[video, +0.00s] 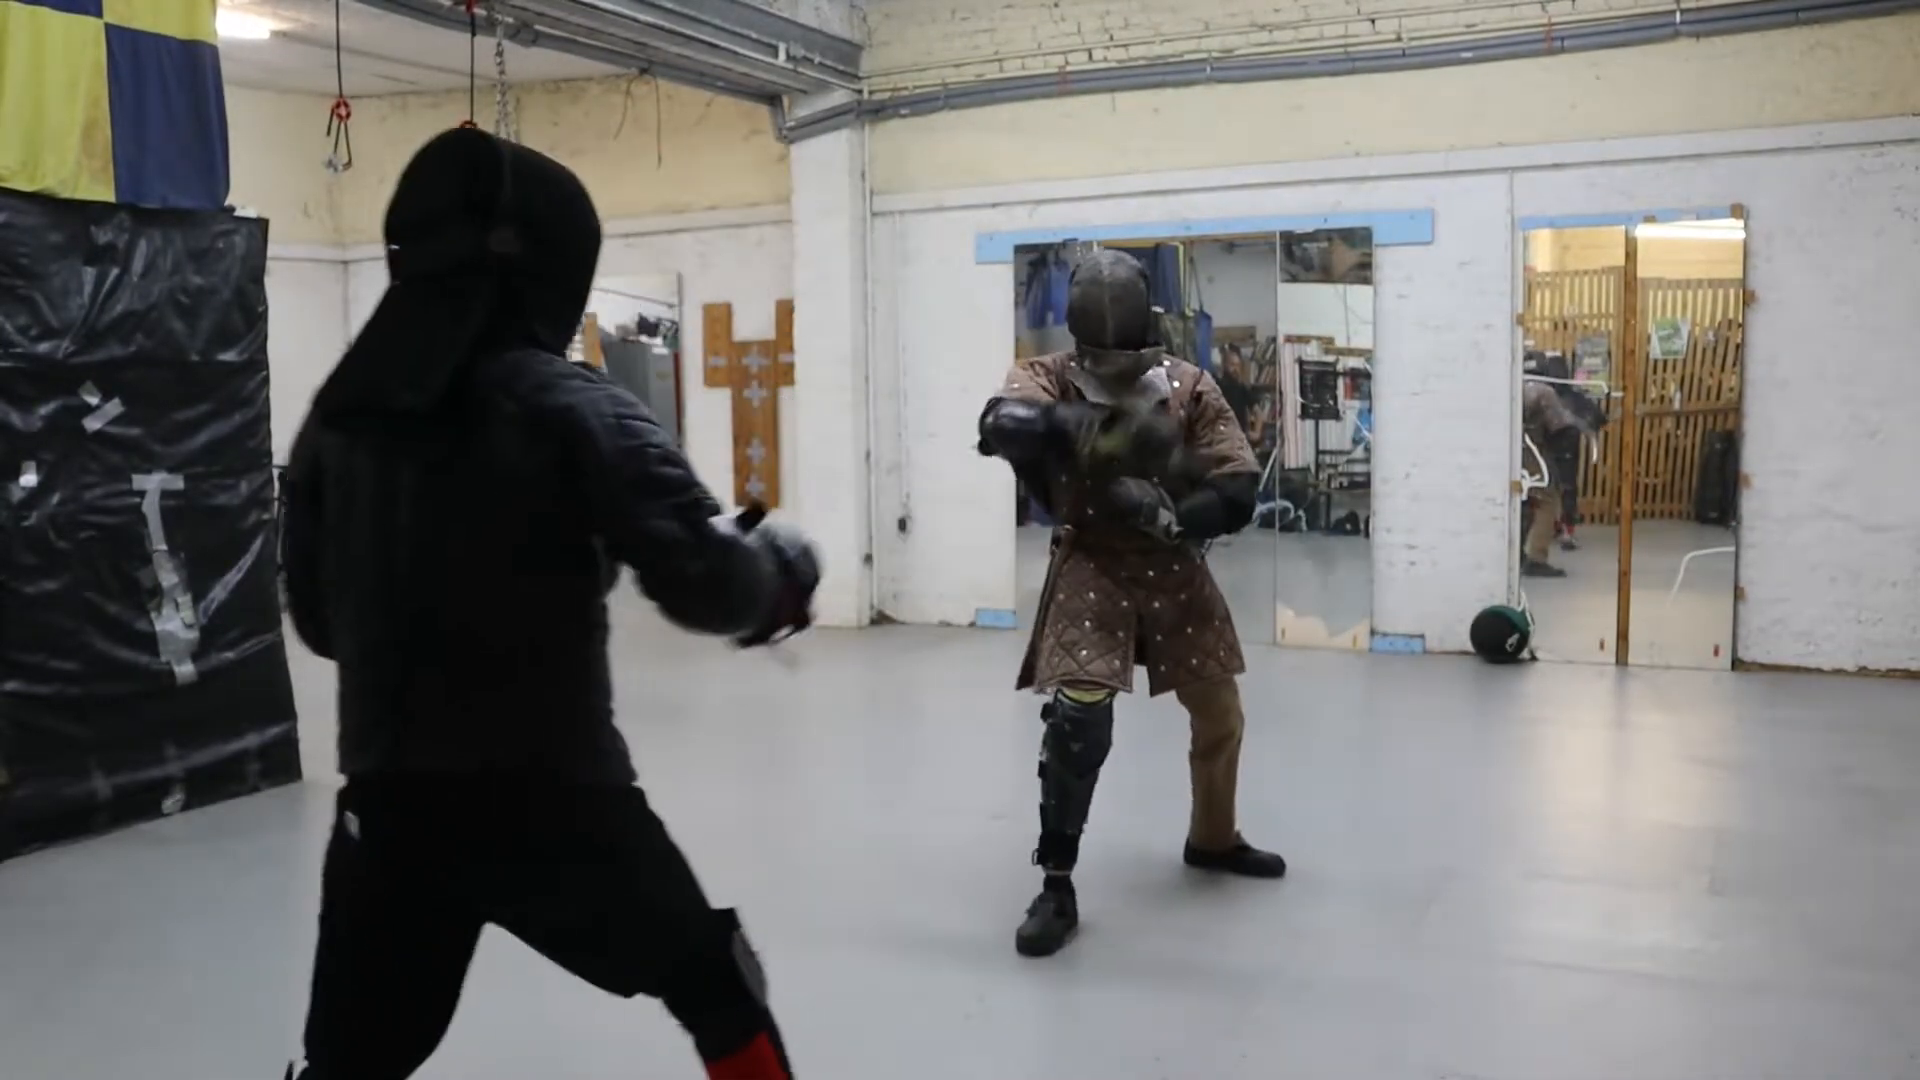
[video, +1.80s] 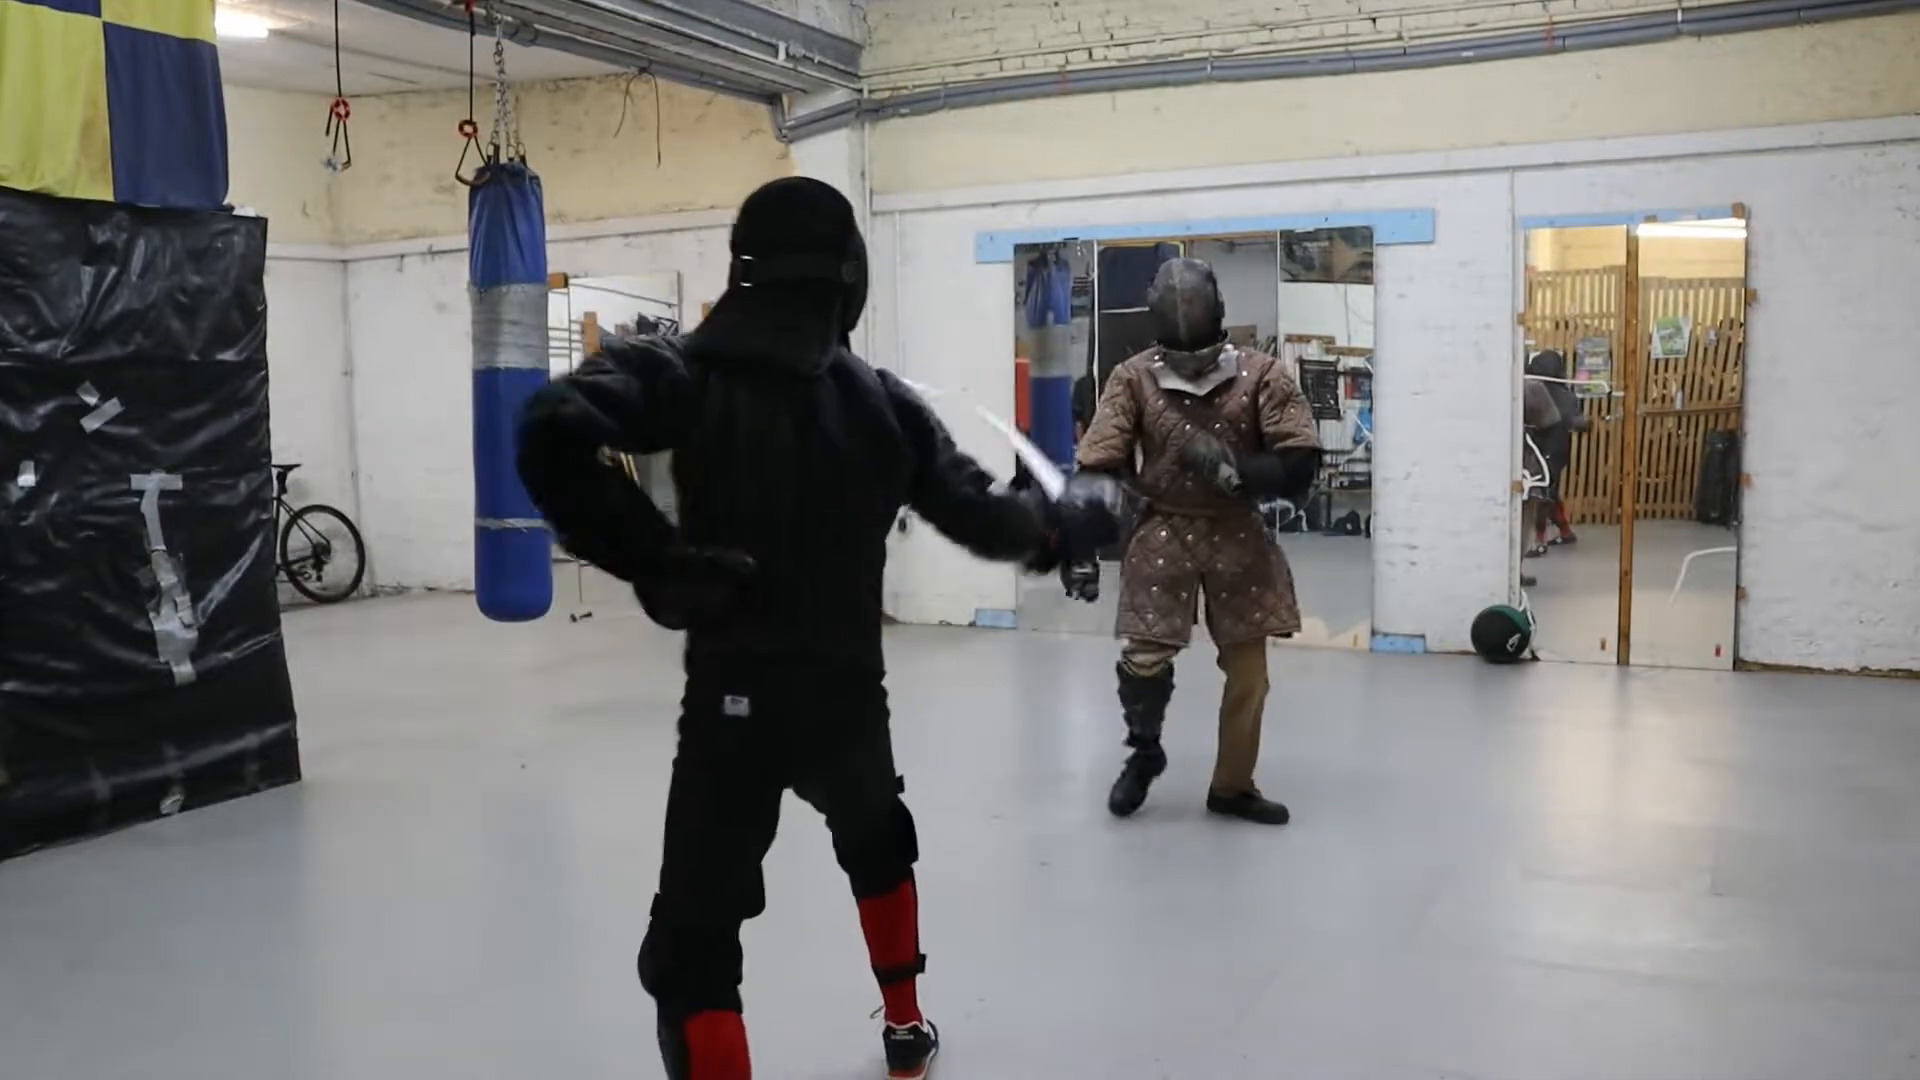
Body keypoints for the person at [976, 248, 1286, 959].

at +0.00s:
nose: (1112, 365)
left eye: (1126, 352)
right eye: (1098, 352)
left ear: (1149, 334)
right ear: (1076, 336)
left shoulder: (1190, 387)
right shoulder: (1049, 377)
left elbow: (1239, 488)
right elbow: (1002, 424)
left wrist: (1177, 517)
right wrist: (1060, 432)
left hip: (1174, 567)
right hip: (1088, 566)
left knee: (1221, 714)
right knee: (1077, 724)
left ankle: (1213, 840)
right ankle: (1056, 888)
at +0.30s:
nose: (1080, 367)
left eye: (1090, 349)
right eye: (1063, 356)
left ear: (1111, 325)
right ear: (1039, 341)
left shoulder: (1168, 374)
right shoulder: (1027, 400)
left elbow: (1237, 474)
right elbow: (968, 462)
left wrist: (1171, 510)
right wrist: (988, 391)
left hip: (1178, 568)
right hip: (1086, 576)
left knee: (1238, 713)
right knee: (1089, 736)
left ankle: (1234, 816)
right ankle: (1053, 892)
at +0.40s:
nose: (1086, 366)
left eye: (1099, 349)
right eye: (1070, 353)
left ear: (1123, 323)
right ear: (1048, 337)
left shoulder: (1179, 379)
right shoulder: (1027, 397)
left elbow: (1248, 476)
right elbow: (993, 470)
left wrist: (1174, 517)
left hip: (1180, 572)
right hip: (1088, 579)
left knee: (1235, 722)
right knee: (1088, 737)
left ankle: (1233, 836)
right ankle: (1052, 893)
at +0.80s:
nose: (1175, 356)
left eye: (1188, 340)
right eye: (1162, 342)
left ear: (1212, 320)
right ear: (1143, 327)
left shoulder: (1258, 384)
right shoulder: (1118, 384)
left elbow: (1296, 493)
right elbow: (1085, 486)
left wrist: (1202, 514)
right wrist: (1046, 533)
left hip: (1222, 575)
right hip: (1130, 573)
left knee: (1236, 725)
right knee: (1086, 714)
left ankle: (1234, 854)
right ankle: (1055, 870)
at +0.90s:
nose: (1186, 358)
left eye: (1200, 343)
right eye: (1173, 345)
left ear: (1224, 324)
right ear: (1156, 329)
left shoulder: (1266, 383)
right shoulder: (1133, 384)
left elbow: (1300, 490)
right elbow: (1096, 482)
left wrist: (1209, 503)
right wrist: (1054, 527)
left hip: (1228, 575)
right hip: (1140, 571)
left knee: (1245, 720)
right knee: (1083, 697)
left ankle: (1234, 853)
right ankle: (1091, 837)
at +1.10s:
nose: (1180, 355)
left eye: (1192, 341)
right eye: (1167, 343)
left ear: (1215, 329)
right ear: (1150, 335)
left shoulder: (1259, 387)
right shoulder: (1129, 389)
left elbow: (1282, 480)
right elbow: (1102, 477)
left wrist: (1196, 460)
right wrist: (1130, 495)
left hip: (1222, 560)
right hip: (1145, 560)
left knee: (1238, 695)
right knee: (1127, 701)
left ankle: (1237, 847)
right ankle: (1174, 779)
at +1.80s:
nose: (1183, 323)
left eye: (1194, 309)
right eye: (1171, 310)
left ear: (1216, 309)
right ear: (1155, 314)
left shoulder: (1264, 376)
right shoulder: (1133, 379)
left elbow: (1301, 465)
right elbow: (1097, 467)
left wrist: (1235, 470)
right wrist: (1083, 547)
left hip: (1237, 536)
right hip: (1161, 534)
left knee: (1250, 673)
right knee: (1142, 663)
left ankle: (1232, 788)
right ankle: (1144, 753)